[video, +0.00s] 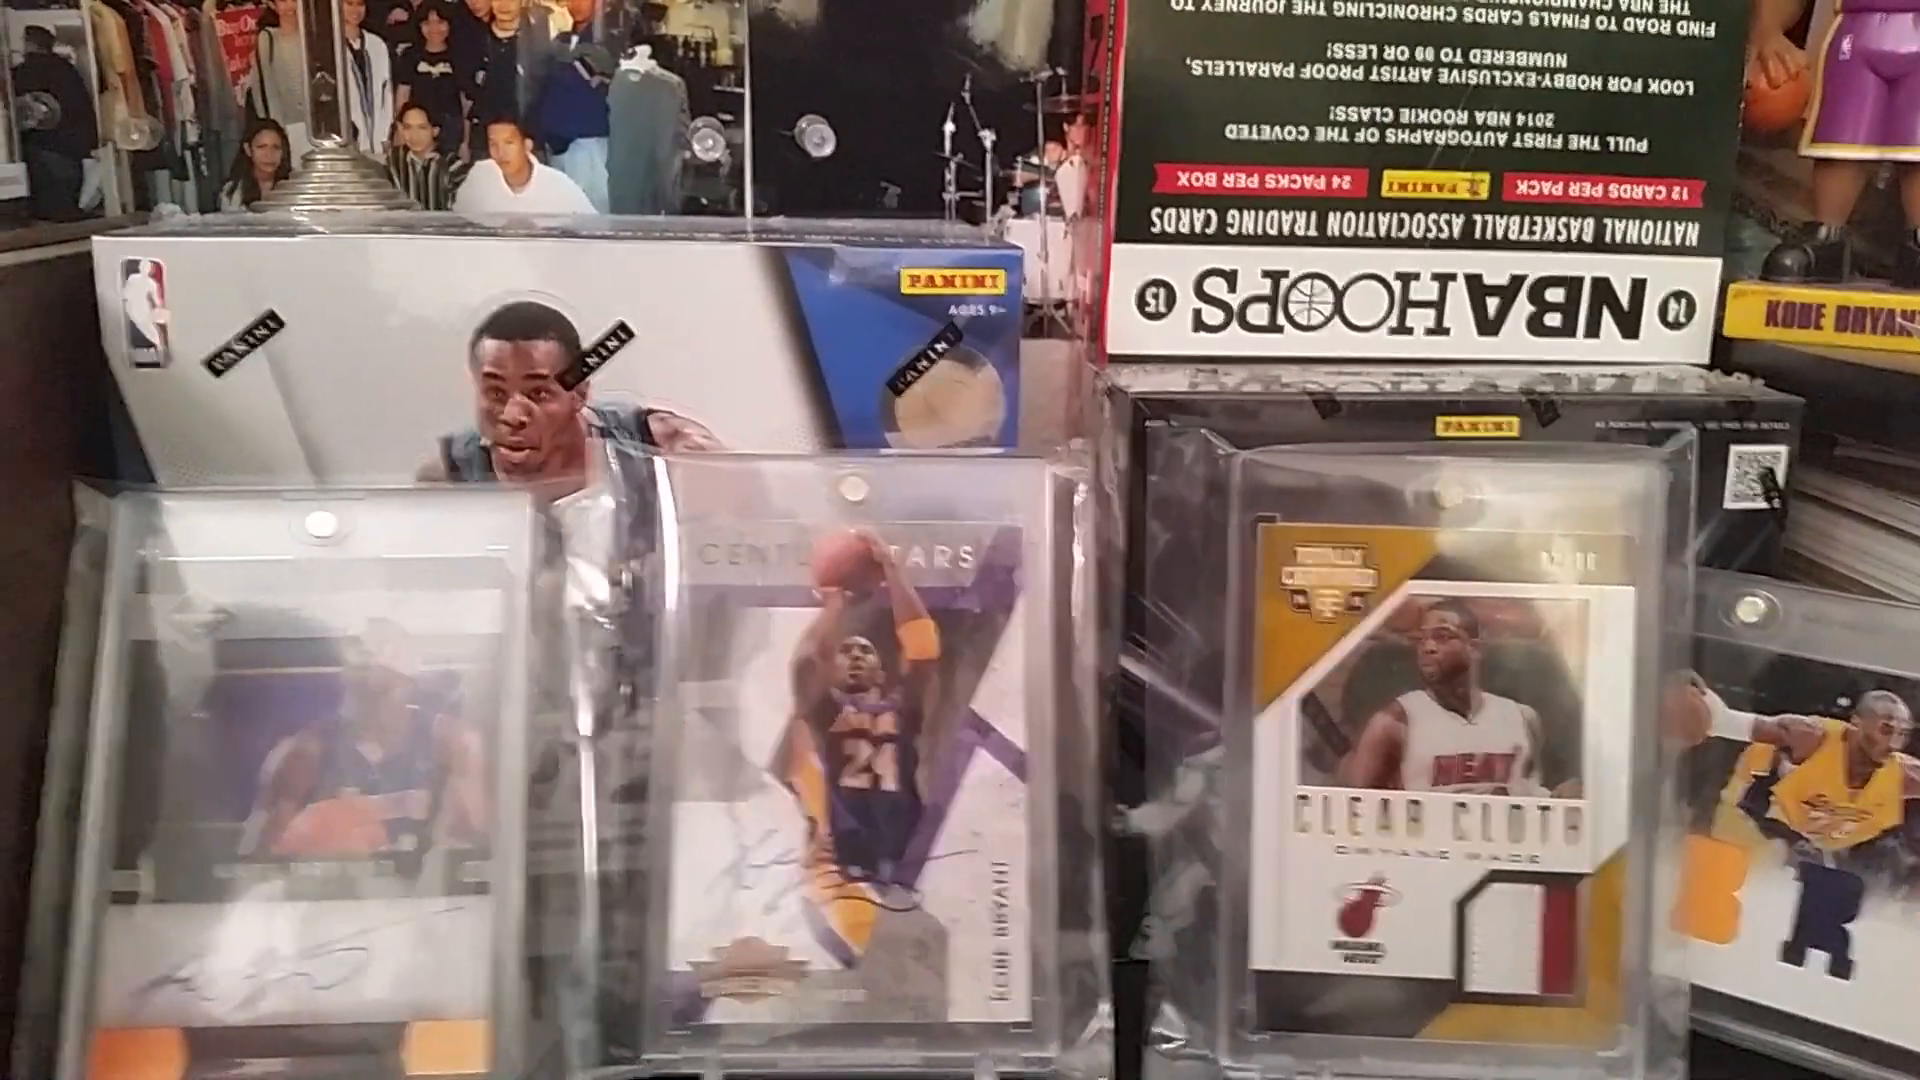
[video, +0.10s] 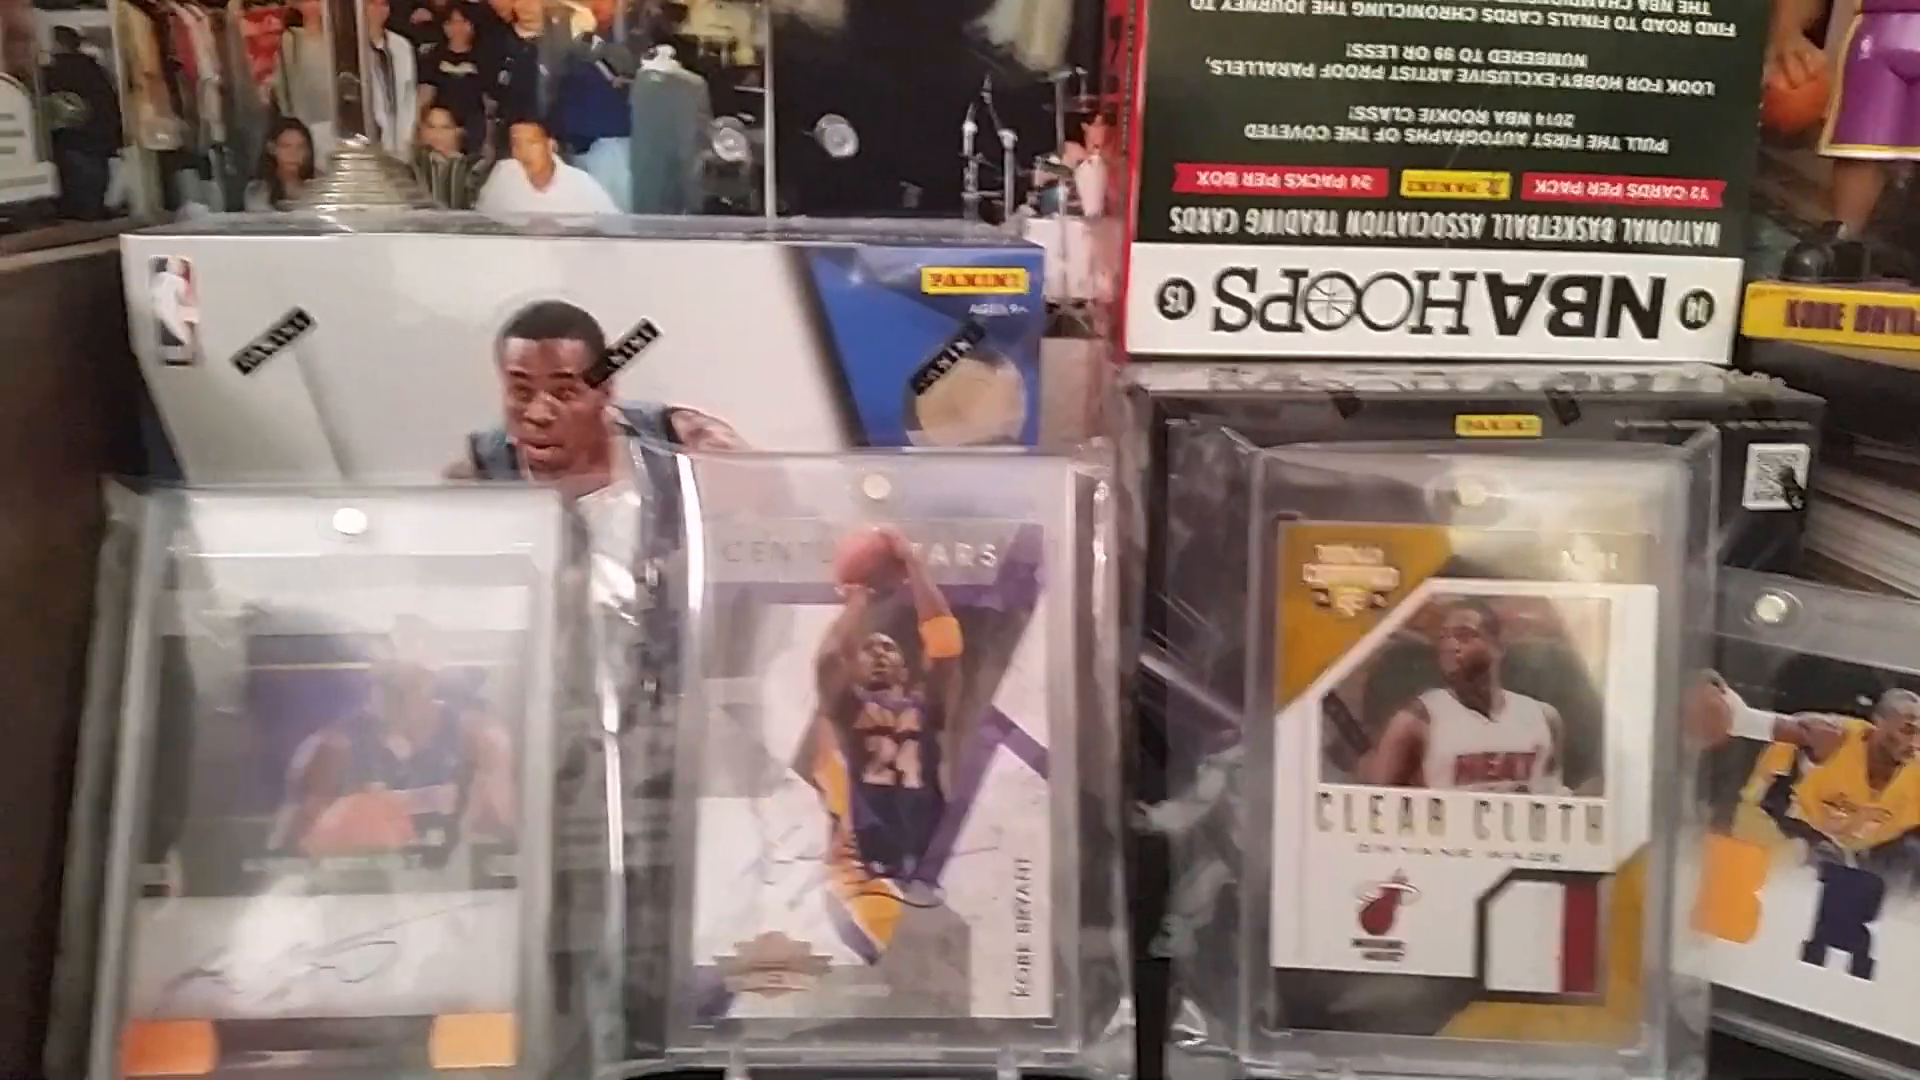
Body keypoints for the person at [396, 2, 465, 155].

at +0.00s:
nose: (434, 28)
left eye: (440, 22)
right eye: (428, 23)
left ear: (449, 27)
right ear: (421, 28)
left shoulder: (458, 56)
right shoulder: (410, 56)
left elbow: (466, 99)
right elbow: (403, 93)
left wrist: (465, 141)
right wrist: (400, 130)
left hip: (450, 127)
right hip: (418, 129)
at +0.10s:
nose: (446, 27)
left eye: (453, 22)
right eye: (447, 22)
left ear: (469, 26)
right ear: (445, 25)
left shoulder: (483, 58)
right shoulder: (435, 56)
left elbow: (490, 100)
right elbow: (425, 93)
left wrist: (489, 141)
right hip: (439, 128)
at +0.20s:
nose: (484, 29)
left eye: (486, 23)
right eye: (479, 24)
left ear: (494, 28)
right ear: (469, 29)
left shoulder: (504, 57)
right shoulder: (456, 57)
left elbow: (512, 101)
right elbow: (449, 93)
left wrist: (511, 141)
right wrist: (446, 129)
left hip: (495, 125)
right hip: (464, 125)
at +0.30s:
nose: (507, 29)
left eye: (507, 25)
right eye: (501, 25)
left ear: (511, 28)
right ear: (486, 31)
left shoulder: (520, 59)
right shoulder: (474, 58)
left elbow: (528, 100)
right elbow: (467, 94)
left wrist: (528, 144)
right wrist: (462, 127)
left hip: (513, 128)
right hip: (481, 128)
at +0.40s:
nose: (507, 32)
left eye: (511, 26)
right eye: (501, 28)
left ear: (519, 30)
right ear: (494, 33)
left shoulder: (529, 61)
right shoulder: (482, 60)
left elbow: (537, 103)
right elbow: (474, 97)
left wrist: (536, 143)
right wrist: (471, 132)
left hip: (521, 130)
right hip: (489, 130)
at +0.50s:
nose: (500, 33)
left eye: (506, 27)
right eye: (494, 28)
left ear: (514, 31)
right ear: (488, 33)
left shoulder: (525, 62)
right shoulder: (477, 60)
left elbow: (532, 103)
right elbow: (470, 98)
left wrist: (531, 144)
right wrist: (467, 133)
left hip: (516, 129)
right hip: (484, 130)